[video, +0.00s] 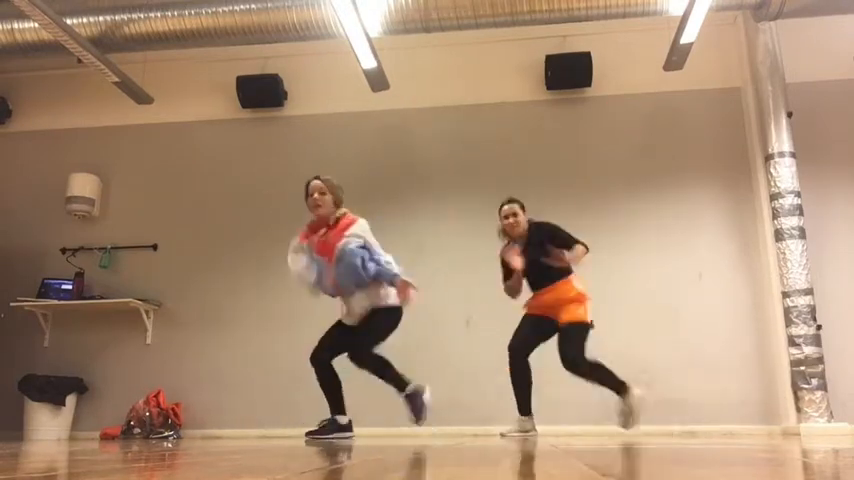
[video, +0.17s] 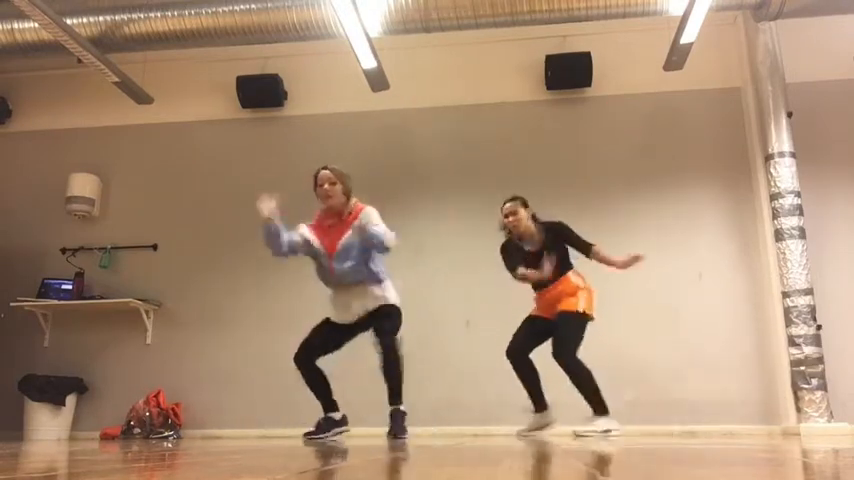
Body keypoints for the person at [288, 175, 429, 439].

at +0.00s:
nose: (315, 199)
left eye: (322, 193)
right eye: (310, 195)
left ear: (336, 198)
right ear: (307, 202)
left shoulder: (353, 228)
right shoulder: (311, 238)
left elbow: (376, 258)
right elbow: (308, 278)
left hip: (384, 305)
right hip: (355, 312)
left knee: (359, 353)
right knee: (320, 357)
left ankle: (411, 391)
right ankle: (340, 420)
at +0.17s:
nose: (325, 189)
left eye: (331, 183)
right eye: (320, 185)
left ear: (345, 188)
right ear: (316, 193)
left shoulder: (364, 215)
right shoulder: (313, 230)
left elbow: (387, 243)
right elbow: (281, 247)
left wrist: (368, 230)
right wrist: (271, 221)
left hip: (379, 303)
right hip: (346, 312)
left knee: (387, 340)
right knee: (304, 357)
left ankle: (397, 413)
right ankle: (333, 416)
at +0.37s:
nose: (328, 189)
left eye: (334, 183)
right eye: (323, 184)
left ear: (347, 184)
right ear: (318, 189)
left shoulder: (370, 203)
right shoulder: (327, 227)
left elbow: (395, 219)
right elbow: (335, 271)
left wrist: (358, 230)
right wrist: (312, 266)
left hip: (380, 296)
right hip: (344, 301)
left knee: (412, 338)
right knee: (325, 361)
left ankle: (395, 409)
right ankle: (308, 416)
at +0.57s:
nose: (351, 172)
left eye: (353, 169)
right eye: (344, 170)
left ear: (358, 177)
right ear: (330, 180)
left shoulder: (375, 198)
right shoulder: (327, 213)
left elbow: (397, 174)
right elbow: (311, 194)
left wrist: (413, 142)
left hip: (389, 290)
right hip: (360, 302)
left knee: (387, 349)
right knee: (329, 360)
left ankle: (421, 415)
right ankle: (354, 420)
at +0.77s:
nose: (359, 159)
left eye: (365, 155)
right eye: (354, 154)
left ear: (371, 161)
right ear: (344, 161)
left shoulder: (382, 187)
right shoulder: (335, 196)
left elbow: (399, 166)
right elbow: (324, 178)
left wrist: (377, 143)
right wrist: (331, 148)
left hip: (393, 278)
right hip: (360, 286)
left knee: (392, 335)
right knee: (343, 352)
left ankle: (407, 406)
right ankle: (350, 417)